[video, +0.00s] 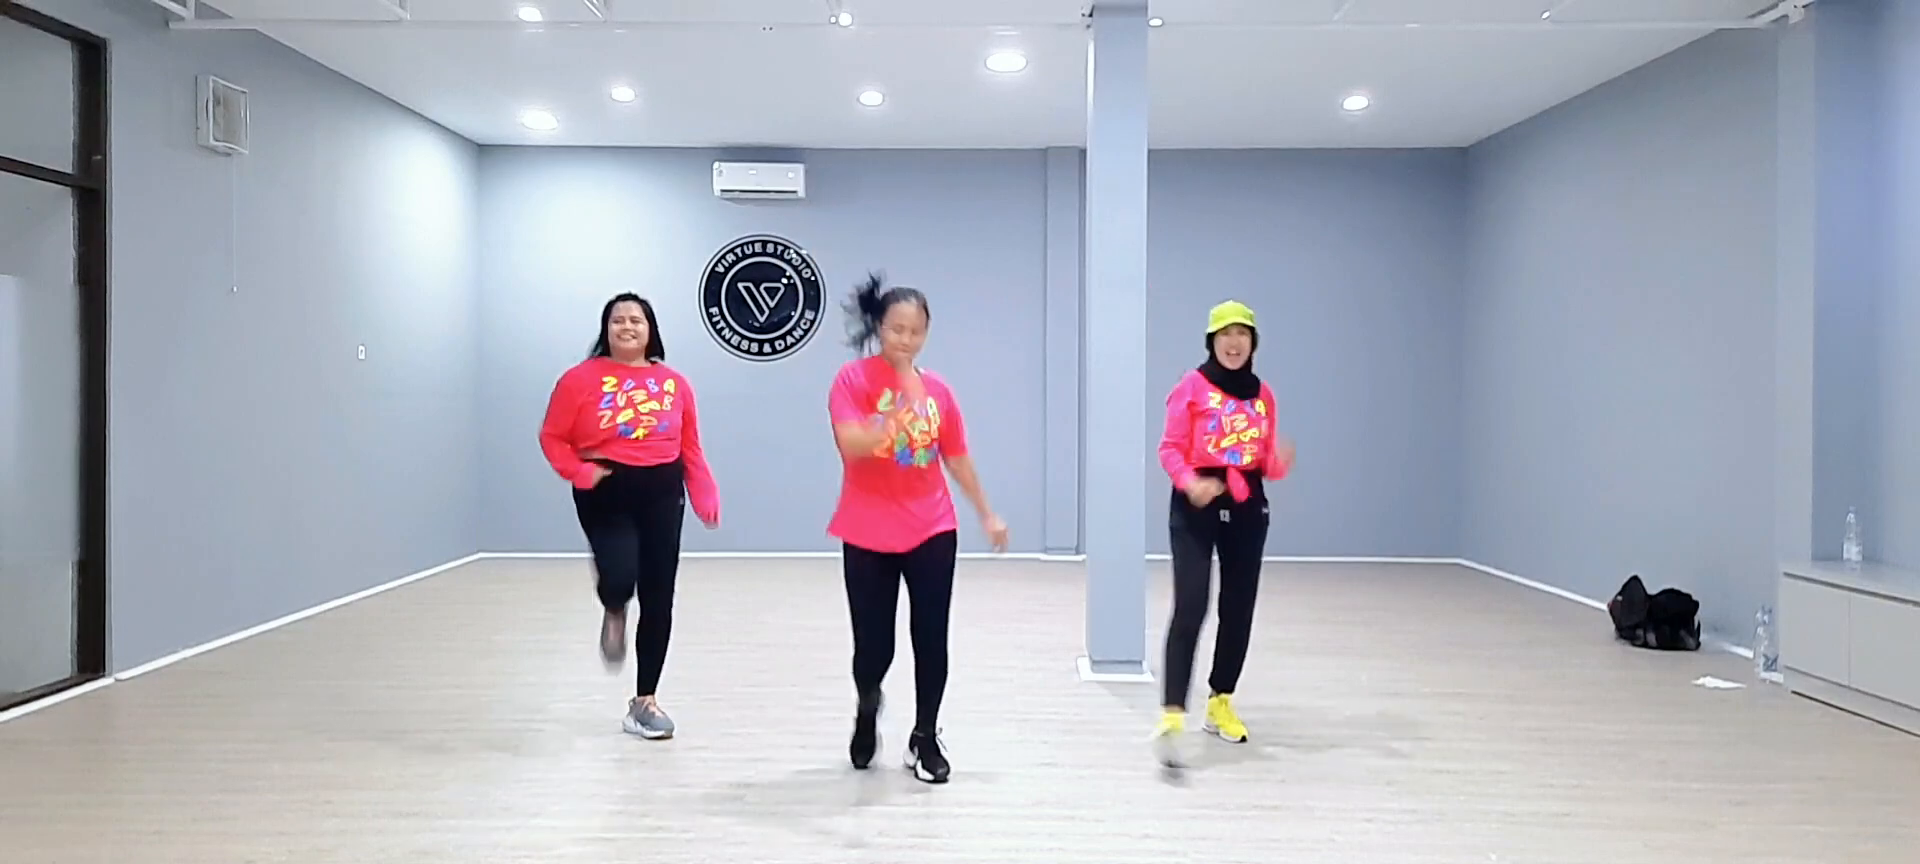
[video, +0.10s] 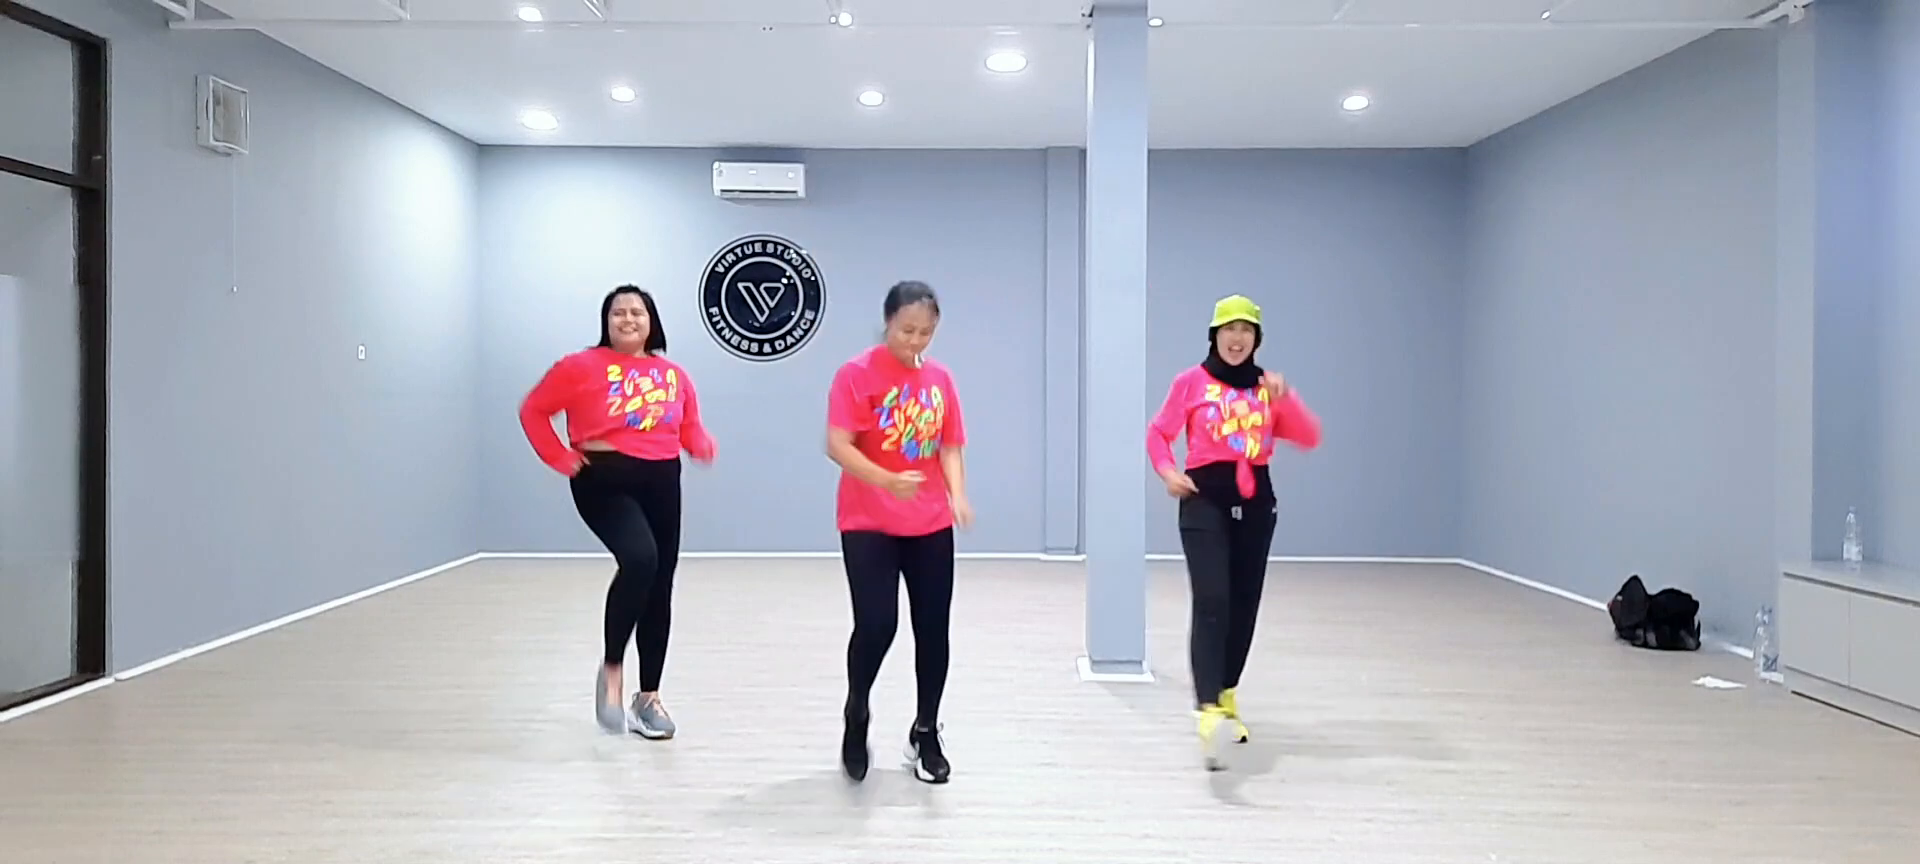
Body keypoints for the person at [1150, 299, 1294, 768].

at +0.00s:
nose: (1235, 343)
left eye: (1243, 335)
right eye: (1227, 335)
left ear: (1253, 342)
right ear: (1212, 341)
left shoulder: (1263, 396)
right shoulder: (1191, 387)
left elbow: (1268, 465)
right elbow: (1169, 449)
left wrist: (1279, 462)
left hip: (1247, 508)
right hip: (1196, 505)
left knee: (1238, 611)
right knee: (1192, 606)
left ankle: (1220, 703)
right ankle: (1173, 713)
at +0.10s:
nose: (1237, 339)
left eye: (1246, 331)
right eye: (1230, 330)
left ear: (1256, 338)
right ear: (1215, 335)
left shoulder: (1268, 391)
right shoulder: (1191, 383)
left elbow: (1310, 437)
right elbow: (1158, 434)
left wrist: (1285, 398)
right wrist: (1170, 474)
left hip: (1255, 502)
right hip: (1204, 500)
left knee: (1244, 603)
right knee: (1213, 598)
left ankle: (1226, 696)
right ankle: (1207, 709)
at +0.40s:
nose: (1250, 350)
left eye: (1258, 341)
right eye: (1241, 341)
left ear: (1267, 348)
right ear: (1222, 347)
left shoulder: (1283, 402)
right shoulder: (1204, 402)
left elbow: (1328, 441)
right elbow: (1178, 467)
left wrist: (1336, 452)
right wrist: (1220, 472)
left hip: (1272, 520)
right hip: (1228, 519)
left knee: (1268, 621)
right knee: (1279, 627)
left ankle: (1218, 694)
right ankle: (1250, 762)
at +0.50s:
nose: (1269, 340)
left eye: (1273, 332)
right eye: (1260, 332)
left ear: (1272, 340)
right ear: (1236, 338)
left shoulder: (1263, 391)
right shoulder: (1219, 387)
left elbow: (1269, 457)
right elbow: (1221, 452)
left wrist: (1302, 482)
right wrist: (1280, 440)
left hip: (1262, 512)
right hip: (1240, 512)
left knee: (1260, 621)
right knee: (1289, 630)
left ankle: (1214, 714)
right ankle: (1251, 762)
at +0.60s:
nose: (1279, 332)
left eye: (1278, 323)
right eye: (1276, 324)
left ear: (1236, 326)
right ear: (1259, 325)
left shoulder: (1220, 367)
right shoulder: (1248, 362)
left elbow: (1193, 440)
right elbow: (1256, 417)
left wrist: (1230, 471)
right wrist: (1309, 421)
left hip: (1224, 489)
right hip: (1258, 488)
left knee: (1245, 605)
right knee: (1281, 614)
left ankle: (1222, 723)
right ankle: (1253, 756)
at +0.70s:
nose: (1274, 330)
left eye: (1270, 324)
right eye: (1272, 324)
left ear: (1226, 324)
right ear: (1265, 323)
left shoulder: (1197, 369)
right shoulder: (1266, 362)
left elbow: (1154, 419)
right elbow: (1284, 412)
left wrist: (1190, 452)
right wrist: (1316, 441)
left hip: (1216, 487)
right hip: (1266, 486)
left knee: (1235, 606)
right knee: (1279, 609)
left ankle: (1235, 729)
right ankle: (1264, 736)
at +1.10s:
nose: (1207, 324)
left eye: (1212, 317)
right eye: (1208, 316)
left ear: (1228, 322)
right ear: (1248, 322)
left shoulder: (1224, 360)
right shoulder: (1268, 364)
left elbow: (1205, 424)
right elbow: (1298, 428)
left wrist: (1180, 427)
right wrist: (1270, 463)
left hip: (1231, 483)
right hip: (1262, 481)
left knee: (1217, 597)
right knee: (1242, 593)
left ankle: (1246, 719)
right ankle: (1258, 704)